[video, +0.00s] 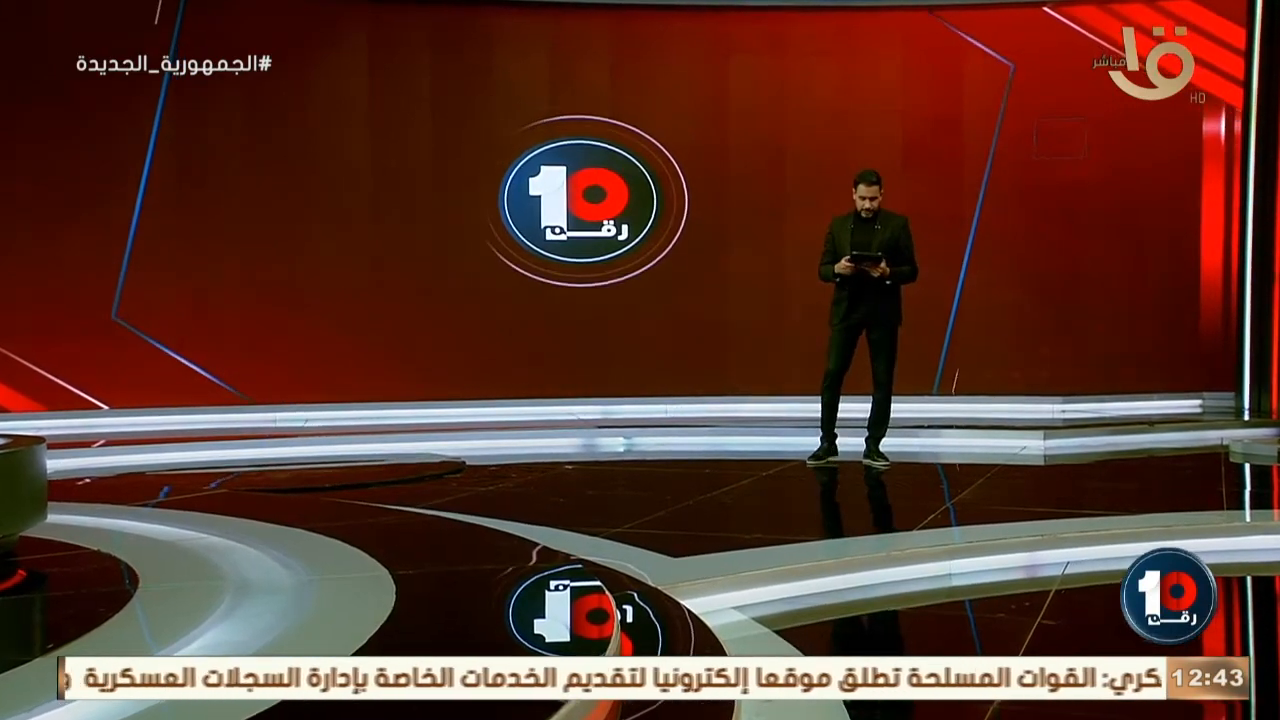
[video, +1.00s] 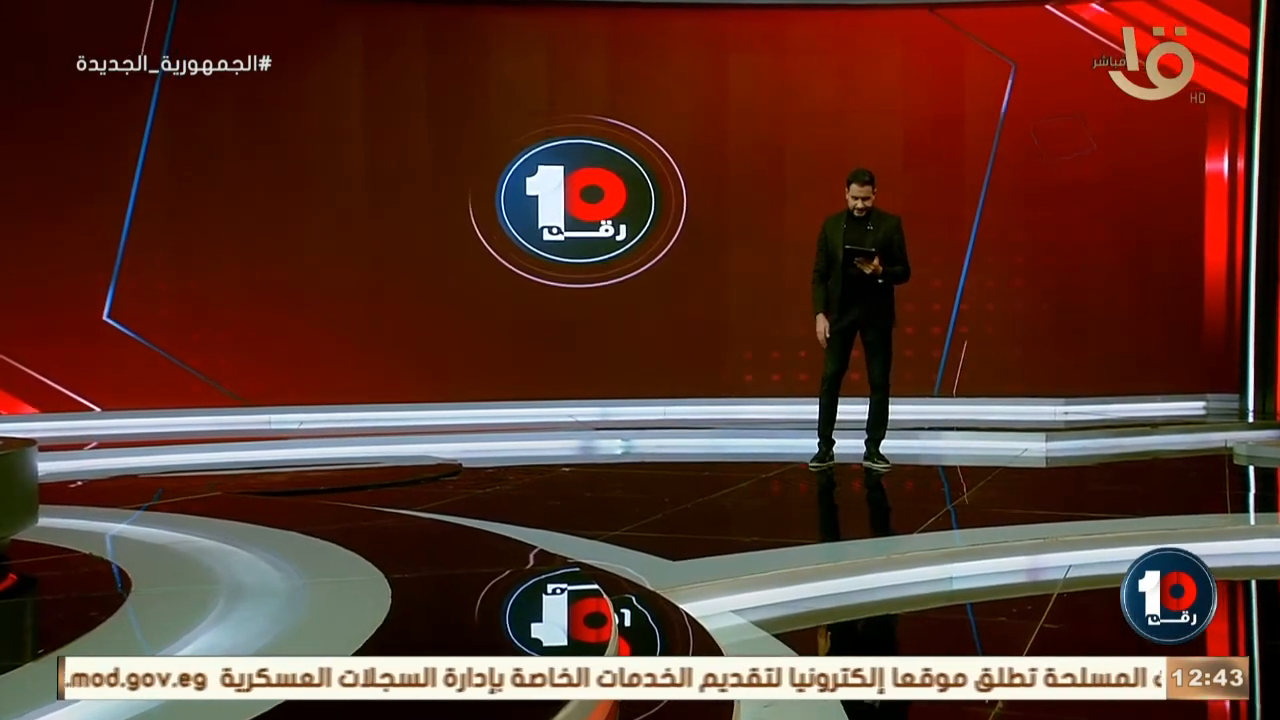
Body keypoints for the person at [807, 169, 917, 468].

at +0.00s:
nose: (868, 205)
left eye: (874, 198)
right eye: (863, 198)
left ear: (882, 197)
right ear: (854, 195)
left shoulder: (897, 225)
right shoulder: (839, 225)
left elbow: (911, 272)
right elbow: (824, 271)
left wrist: (888, 272)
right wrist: (837, 269)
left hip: (883, 315)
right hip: (846, 314)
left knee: (883, 381)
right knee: (832, 374)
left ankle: (873, 447)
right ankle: (827, 443)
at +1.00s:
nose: (860, 204)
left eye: (866, 198)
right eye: (855, 198)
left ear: (874, 196)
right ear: (846, 195)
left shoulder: (889, 225)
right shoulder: (833, 225)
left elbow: (903, 273)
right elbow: (820, 273)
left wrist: (880, 271)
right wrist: (820, 313)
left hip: (877, 316)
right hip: (840, 315)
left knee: (879, 383)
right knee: (830, 379)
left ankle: (873, 449)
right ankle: (824, 447)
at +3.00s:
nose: (850, 202)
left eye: (855, 196)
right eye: (844, 196)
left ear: (862, 195)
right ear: (832, 194)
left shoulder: (875, 225)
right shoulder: (815, 227)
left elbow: (890, 272)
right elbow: (800, 267)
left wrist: (872, 272)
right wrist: (788, 302)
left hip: (863, 318)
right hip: (825, 318)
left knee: (870, 385)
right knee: (822, 387)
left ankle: (874, 455)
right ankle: (824, 454)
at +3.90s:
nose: (868, 199)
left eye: (874, 194)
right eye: (863, 193)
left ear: (880, 195)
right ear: (851, 192)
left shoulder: (893, 227)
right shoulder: (833, 228)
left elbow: (909, 276)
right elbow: (820, 278)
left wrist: (891, 274)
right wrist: (833, 316)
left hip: (882, 322)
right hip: (844, 321)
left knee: (883, 391)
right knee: (834, 389)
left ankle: (877, 458)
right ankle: (827, 456)